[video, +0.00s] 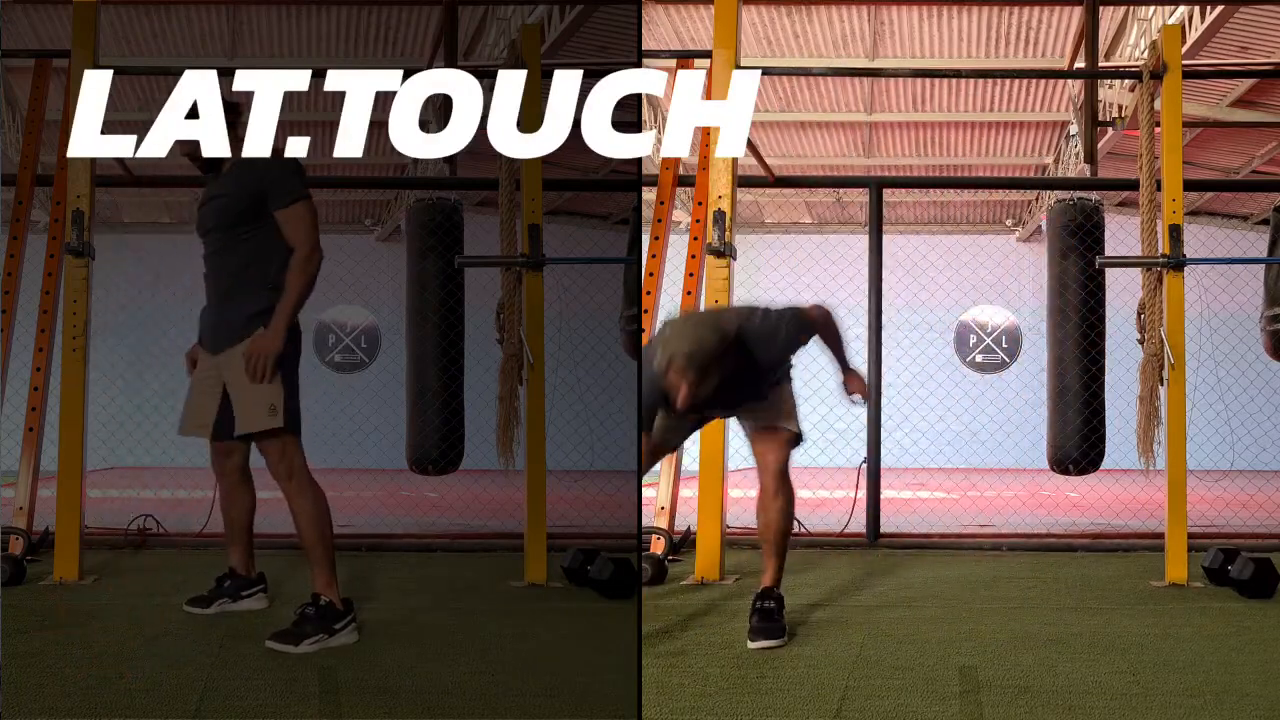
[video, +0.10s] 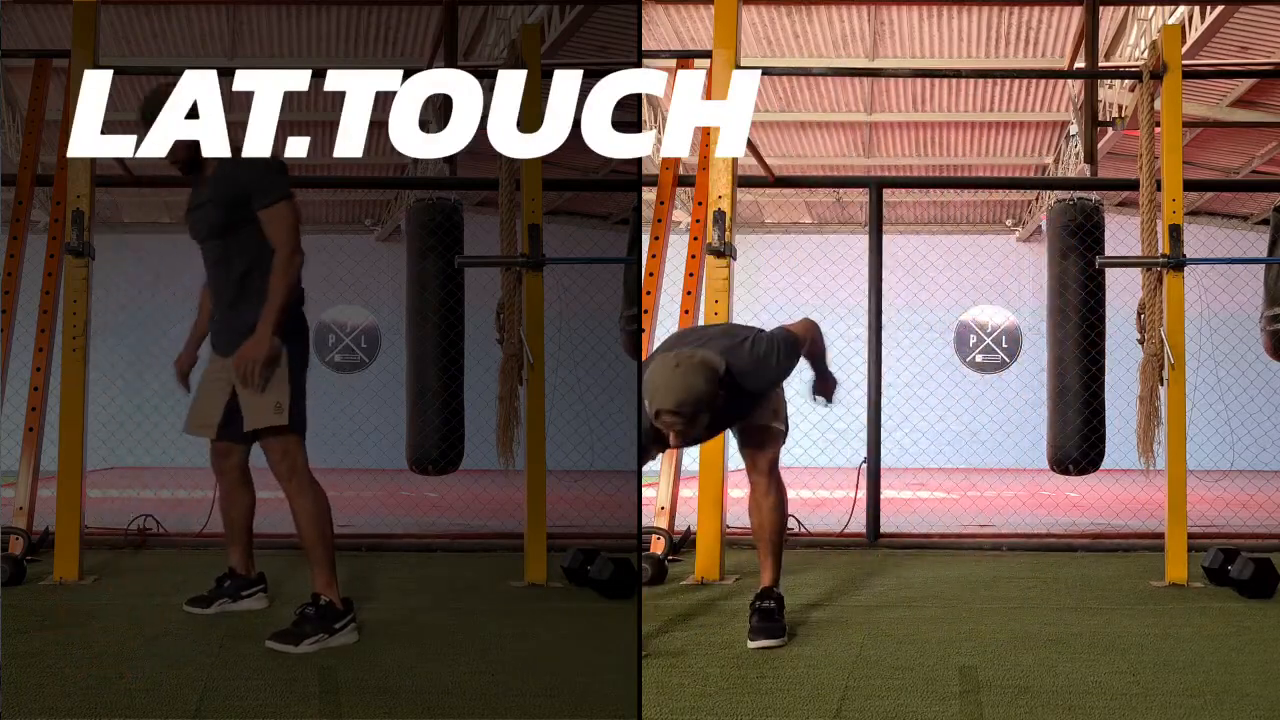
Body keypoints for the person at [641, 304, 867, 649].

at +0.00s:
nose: (681, 397)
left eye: (693, 384)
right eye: (675, 382)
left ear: (712, 368)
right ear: (666, 367)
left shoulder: (761, 335)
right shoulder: (653, 368)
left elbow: (821, 316)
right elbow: (639, 437)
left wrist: (846, 368)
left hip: (760, 382)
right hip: (694, 392)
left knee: (775, 473)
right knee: (640, 461)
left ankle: (769, 592)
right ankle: (609, 554)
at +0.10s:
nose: (674, 441)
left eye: (684, 429)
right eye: (665, 428)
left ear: (711, 406)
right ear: (651, 409)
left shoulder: (755, 365)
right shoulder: (639, 414)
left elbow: (809, 329)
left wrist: (822, 373)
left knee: (763, 471)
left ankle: (768, 593)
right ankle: (633, 560)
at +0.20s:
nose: (684, 423)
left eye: (696, 409)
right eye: (675, 409)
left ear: (715, 391)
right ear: (663, 391)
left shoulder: (761, 355)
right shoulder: (643, 393)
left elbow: (812, 327)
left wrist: (821, 373)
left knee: (763, 473)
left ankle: (768, 594)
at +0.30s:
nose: (714, 349)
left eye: (724, 338)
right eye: (706, 336)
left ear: (743, 320)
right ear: (694, 319)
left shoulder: (781, 312)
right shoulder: (665, 334)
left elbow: (833, 317)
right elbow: (642, 409)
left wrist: (844, 374)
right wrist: (657, 448)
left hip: (767, 376)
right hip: (694, 380)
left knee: (777, 467)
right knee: (645, 455)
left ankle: (770, 595)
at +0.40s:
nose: (755, 252)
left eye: (766, 240)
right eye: (747, 238)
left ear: (785, 232)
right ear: (733, 227)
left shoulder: (824, 256)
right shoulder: (708, 262)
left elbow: (871, 281)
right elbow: (665, 343)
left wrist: (875, 360)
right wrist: (638, 426)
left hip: (797, 370)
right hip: (725, 367)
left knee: (792, 473)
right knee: (664, 467)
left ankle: (769, 598)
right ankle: (601, 552)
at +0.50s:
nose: (800, 180)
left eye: (812, 168)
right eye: (790, 167)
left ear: (830, 159)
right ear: (771, 157)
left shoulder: (861, 200)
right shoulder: (744, 202)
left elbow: (901, 243)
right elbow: (703, 284)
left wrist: (912, 318)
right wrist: (666, 356)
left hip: (829, 343)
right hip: (759, 334)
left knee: (808, 453)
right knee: (713, 438)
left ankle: (777, 592)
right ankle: (683, 553)